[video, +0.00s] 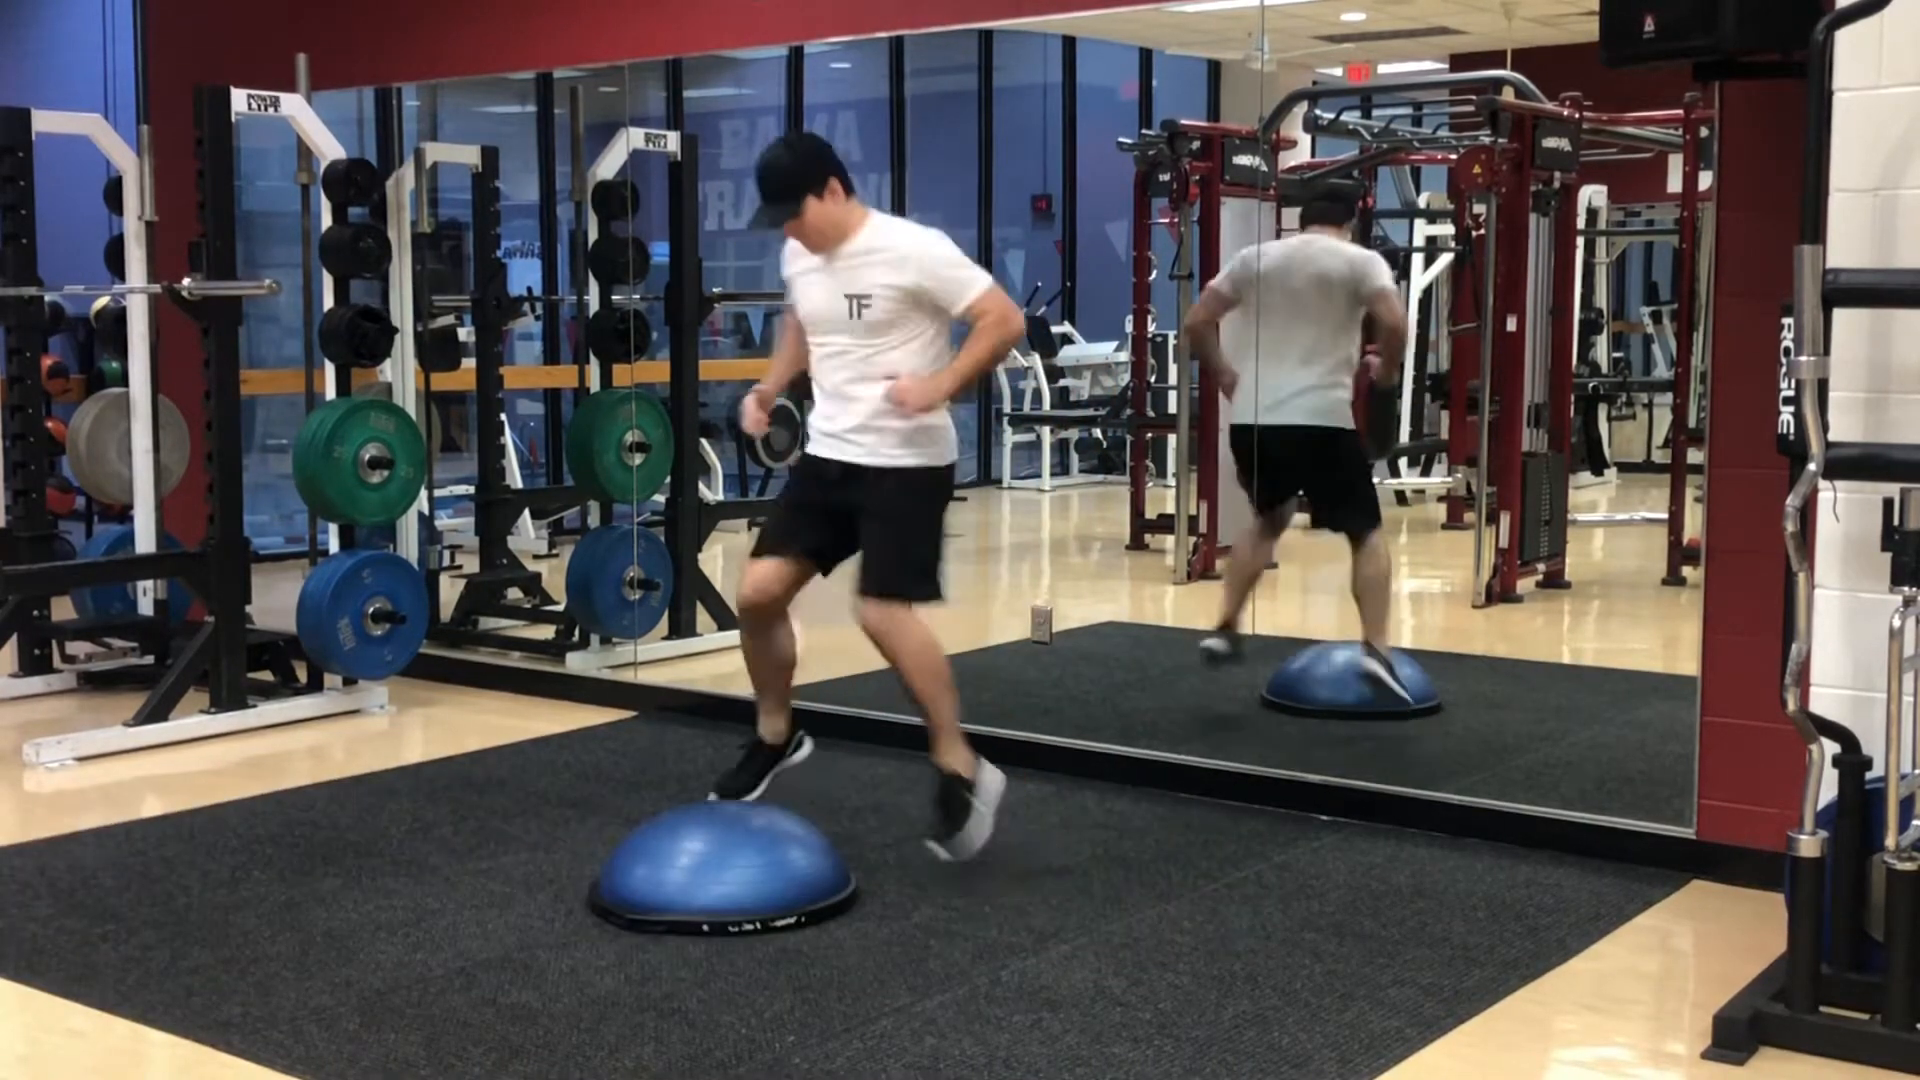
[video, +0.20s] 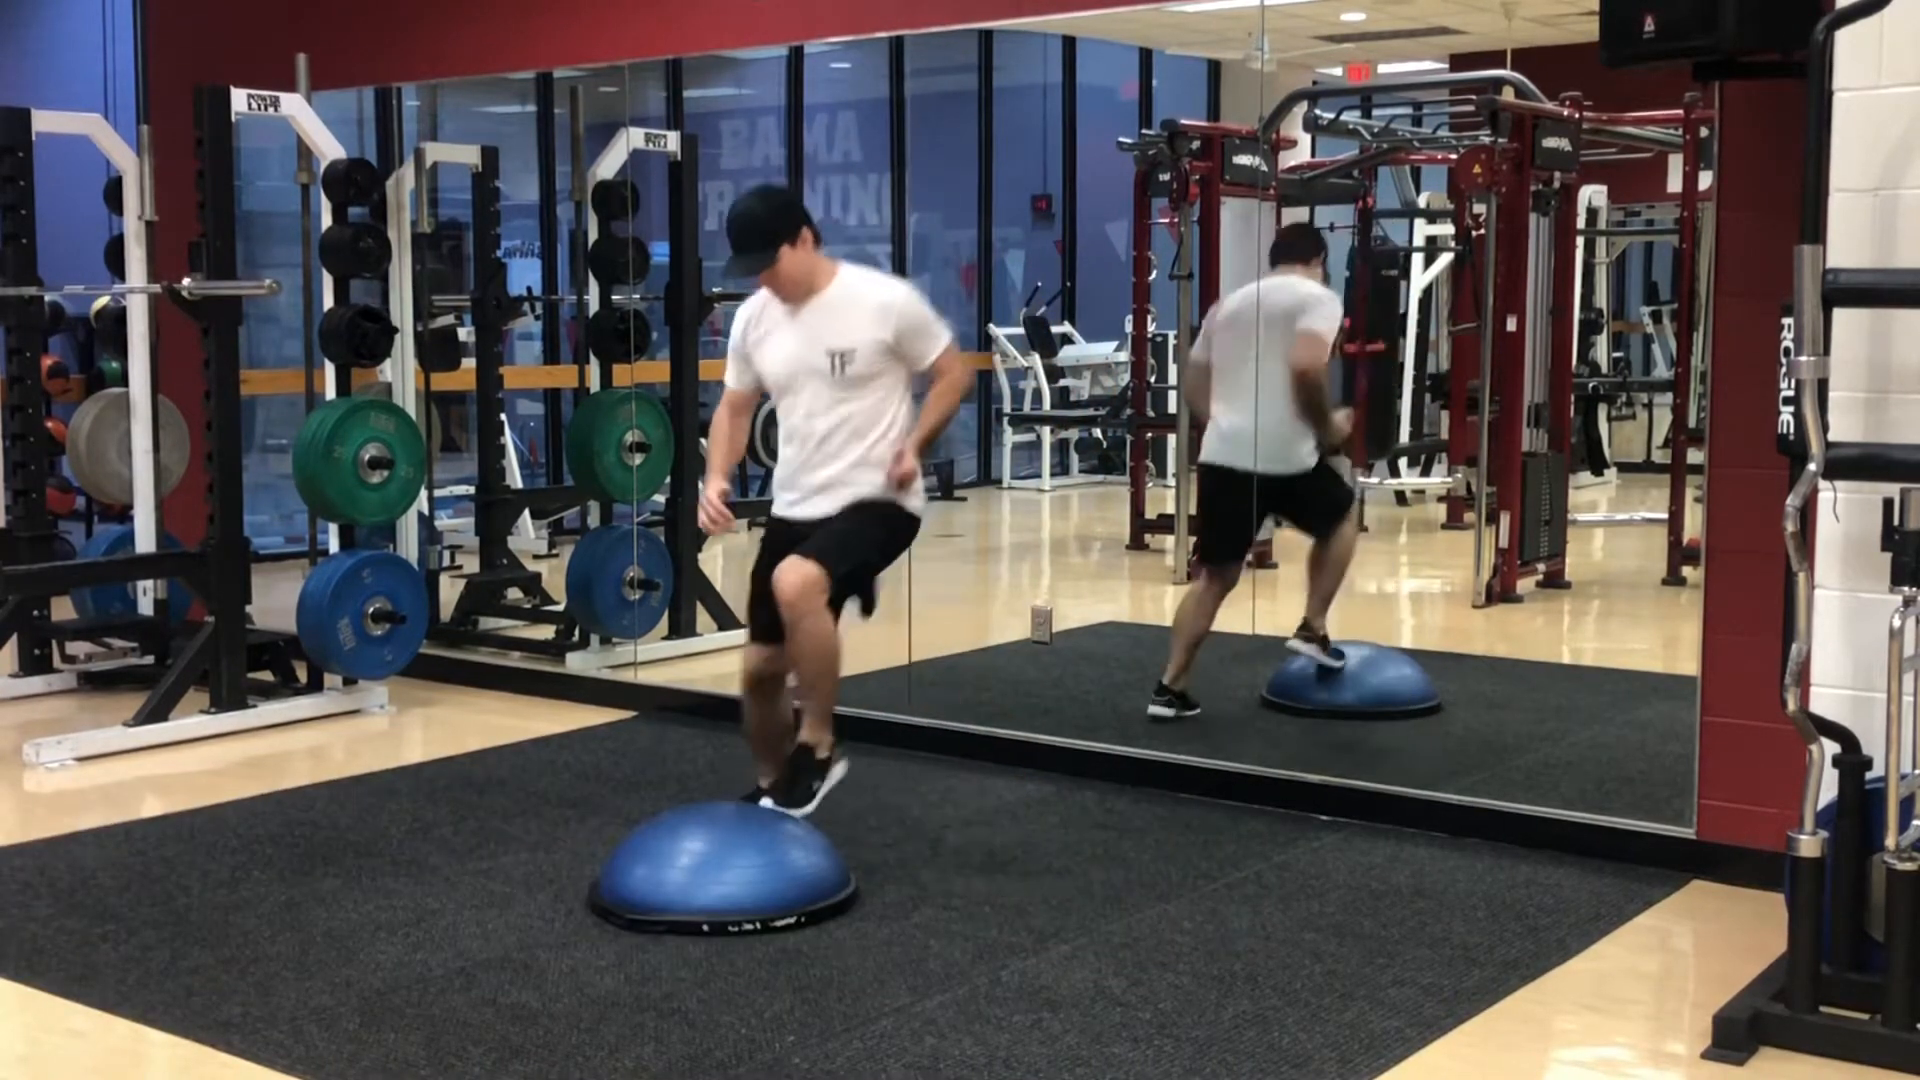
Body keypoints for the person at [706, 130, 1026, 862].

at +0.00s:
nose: (790, 234)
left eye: (794, 217)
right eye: (782, 223)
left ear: (832, 192)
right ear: (807, 203)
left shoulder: (916, 249)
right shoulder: (802, 260)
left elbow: (1006, 320)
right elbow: (802, 331)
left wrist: (943, 385)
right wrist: (769, 389)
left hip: (907, 466)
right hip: (829, 461)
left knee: (884, 610)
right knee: (759, 594)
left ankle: (960, 766)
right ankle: (775, 734)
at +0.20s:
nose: (764, 281)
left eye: (770, 265)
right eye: (755, 271)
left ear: (804, 240)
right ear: (745, 263)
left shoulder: (885, 300)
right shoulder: (754, 317)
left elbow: (956, 371)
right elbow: (736, 405)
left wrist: (916, 443)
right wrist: (716, 478)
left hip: (879, 499)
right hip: (795, 511)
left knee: (797, 581)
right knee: (762, 667)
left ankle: (819, 745)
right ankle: (774, 788)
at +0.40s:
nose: (776, 251)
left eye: (783, 236)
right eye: (768, 241)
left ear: (818, 210)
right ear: (763, 231)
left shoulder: (899, 264)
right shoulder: (769, 282)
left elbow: (981, 326)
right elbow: (756, 361)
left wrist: (938, 376)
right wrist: (746, 406)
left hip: (893, 472)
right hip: (809, 484)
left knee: (842, 592)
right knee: (779, 645)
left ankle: (899, 755)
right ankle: (770, 777)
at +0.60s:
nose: (808, 270)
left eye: (812, 253)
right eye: (799, 259)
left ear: (847, 225)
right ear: (802, 246)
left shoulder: (925, 286)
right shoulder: (820, 295)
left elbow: (998, 375)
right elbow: (836, 385)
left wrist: (929, 429)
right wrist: (806, 442)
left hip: (933, 509)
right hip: (855, 500)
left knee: (946, 667)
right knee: (758, 567)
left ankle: (1019, 828)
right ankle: (805, 733)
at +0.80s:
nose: (819, 263)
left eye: (822, 246)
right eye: (811, 251)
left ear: (858, 222)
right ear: (831, 233)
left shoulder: (933, 283)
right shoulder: (834, 284)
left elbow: (992, 378)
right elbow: (860, 374)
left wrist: (893, 387)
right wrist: (810, 397)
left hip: (932, 512)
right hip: (854, 496)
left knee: (955, 664)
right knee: (760, 581)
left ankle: (1016, 828)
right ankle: (817, 730)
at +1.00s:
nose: (783, 254)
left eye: (789, 238)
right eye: (775, 244)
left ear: (826, 211)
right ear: (774, 235)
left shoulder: (909, 258)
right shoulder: (779, 279)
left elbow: (1007, 311)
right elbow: (760, 362)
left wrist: (982, 402)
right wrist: (774, 375)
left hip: (916, 462)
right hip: (834, 476)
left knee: (837, 571)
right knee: (801, 642)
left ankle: (872, 724)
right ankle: (794, 784)